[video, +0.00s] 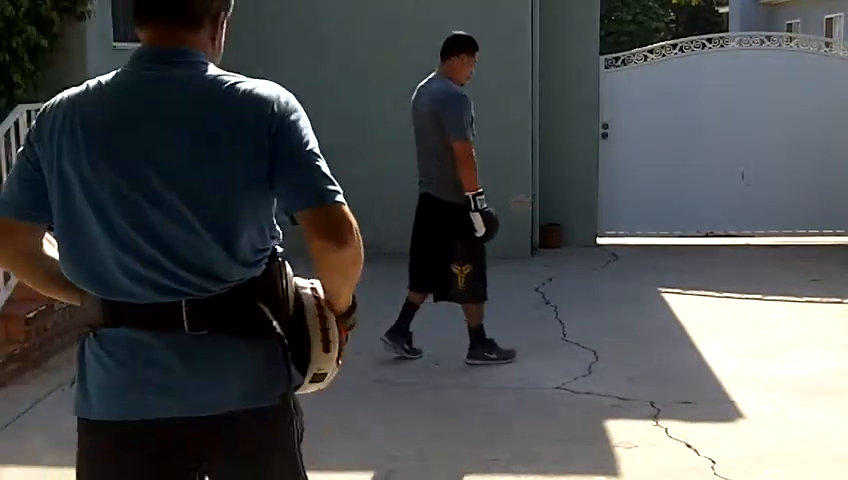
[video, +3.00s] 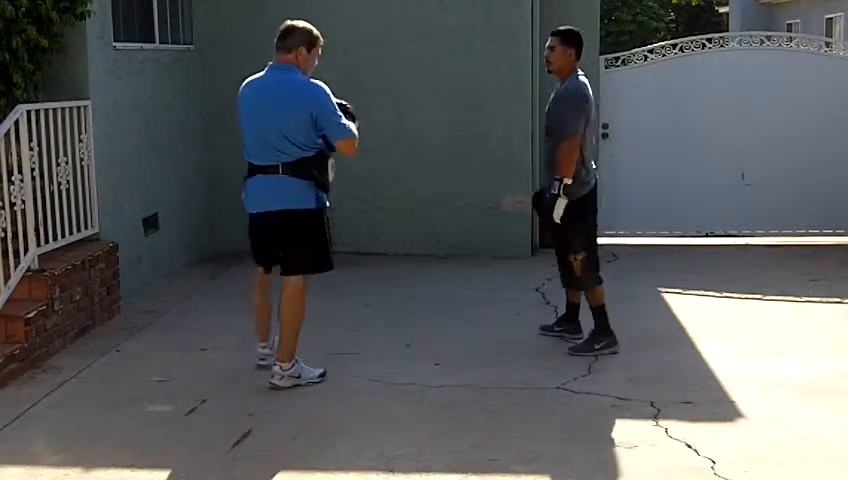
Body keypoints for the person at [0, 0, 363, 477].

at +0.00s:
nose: (227, 32)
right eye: (227, 19)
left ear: (136, 20)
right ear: (220, 20)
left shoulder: (62, 116)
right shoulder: (268, 108)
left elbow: (14, 245)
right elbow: (337, 237)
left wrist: (96, 297)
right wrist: (337, 306)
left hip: (119, 400)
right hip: (244, 395)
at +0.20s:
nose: (267, 52)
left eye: (266, 41)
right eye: (269, 41)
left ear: (191, 38)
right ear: (261, 43)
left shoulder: (124, 127)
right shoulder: (298, 124)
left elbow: (76, 242)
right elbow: (353, 250)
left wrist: (155, 277)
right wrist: (360, 299)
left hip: (166, 377)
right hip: (275, 375)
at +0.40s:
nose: (295, 42)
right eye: (296, 32)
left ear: (223, 28)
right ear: (289, 34)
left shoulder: (164, 106)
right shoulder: (326, 107)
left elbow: (118, 209)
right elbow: (377, 216)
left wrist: (174, 222)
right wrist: (353, 237)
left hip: (207, 324)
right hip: (302, 321)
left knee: (209, 454)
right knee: (298, 462)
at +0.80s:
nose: (286, 54)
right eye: (286, 48)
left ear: (225, 51)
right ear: (283, 50)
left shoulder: (184, 119)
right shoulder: (319, 114)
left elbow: (146, 211)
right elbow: (368, 200)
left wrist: (193, 194)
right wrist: (317, 176)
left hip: (224, 303)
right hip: (302, 299)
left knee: (238, 416)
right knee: (306, 424)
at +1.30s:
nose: (286, 60)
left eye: (284, 54)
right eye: (287, 54)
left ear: (234, 53)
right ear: (281, 55)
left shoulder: (196, 109)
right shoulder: (311, 108)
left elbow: (167, 173)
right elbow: (350, 182)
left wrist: (216, 161)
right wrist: (306, 152)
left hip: (224, 268)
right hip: (290, 265)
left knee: (236, 378)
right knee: (283, 357)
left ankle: (248, 475)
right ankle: (278, 449)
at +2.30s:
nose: (280, 56)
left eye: (278, 50)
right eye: (280, 50)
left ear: (238, 48)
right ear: (272, 49)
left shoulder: (207, 91)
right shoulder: (290, 90)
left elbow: (201, 146)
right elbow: (330, 147)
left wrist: (240, 129)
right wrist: (294, 123)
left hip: (226, 215)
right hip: (279, 212)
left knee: (236, 303)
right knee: (290, 290)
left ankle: (244, 399)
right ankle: (285, 380)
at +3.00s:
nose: (317, 62)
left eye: (317, 55)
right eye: (316, 54)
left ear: (280, 50)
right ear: (303, 52)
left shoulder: (248, 88)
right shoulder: (312, 91)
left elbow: (259, 136)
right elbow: (348, 146)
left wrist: (316, 116)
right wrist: (347, 118)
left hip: (258, 195)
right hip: (299, 197)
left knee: (264, 270)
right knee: (294, 279)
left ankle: (264, 347)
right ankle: (285, 365)